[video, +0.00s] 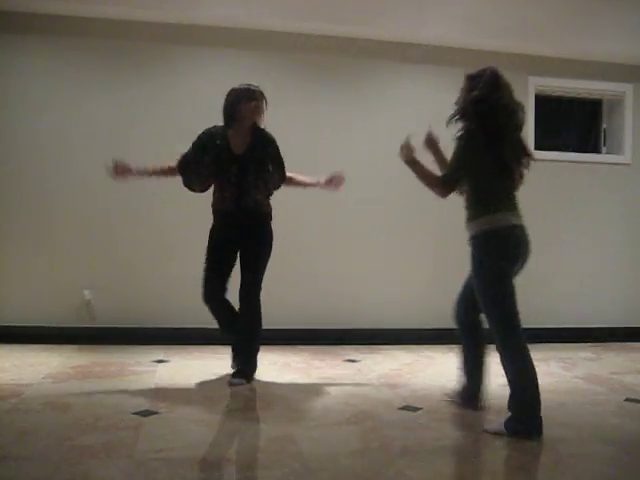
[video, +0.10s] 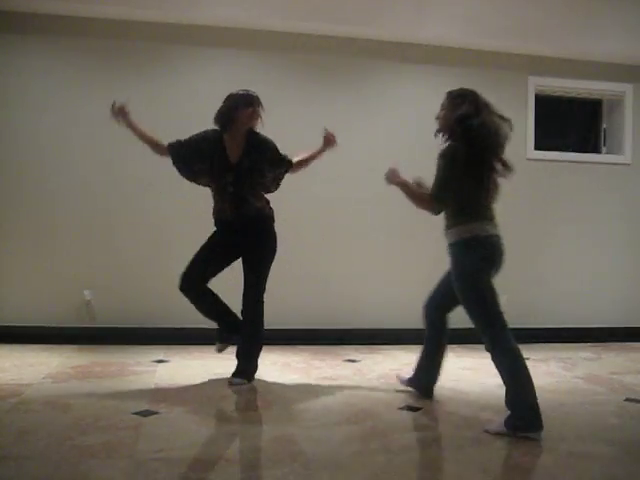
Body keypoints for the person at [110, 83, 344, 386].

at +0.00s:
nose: (262, 112)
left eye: (262, 107)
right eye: (256, 106)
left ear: (259, 111)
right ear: (238, 109)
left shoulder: (265, 143)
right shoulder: (213, 139)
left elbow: (281, 178)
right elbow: (181, 168)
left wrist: (321, 182)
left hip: (257, 228)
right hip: (224, 226)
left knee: (249, 296)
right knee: (213, 294)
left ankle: (245, 370)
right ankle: (243, 340)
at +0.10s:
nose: (257, 114)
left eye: (258, 110)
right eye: (251, 109)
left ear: (255, 116)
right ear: (235, 112)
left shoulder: (260, 146)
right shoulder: (209, 142)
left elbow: (289, 166)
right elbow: (163, 150)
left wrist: (323, 148)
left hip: (259, 232)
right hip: (227, 232)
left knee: (252, 300)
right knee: (190, 284)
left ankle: (246, 371)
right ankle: (232, 327)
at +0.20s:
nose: (253, 116)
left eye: (254, 111)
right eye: (248, 110)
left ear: (250, 116)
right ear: (232, 113)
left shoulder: (254, 145)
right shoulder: (203, 140)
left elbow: (296, 151)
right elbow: (158, 131)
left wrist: (310, 130)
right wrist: (145, 94)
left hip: (259, 229)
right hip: (227, 229)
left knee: (254, 300)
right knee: (184, 273)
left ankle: (246, 369)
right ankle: (211, 332)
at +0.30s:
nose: (248, 115)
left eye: (250, 110)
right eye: (243, 109)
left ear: (248, 113)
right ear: (225, 109)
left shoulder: (252, 138)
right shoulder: (198, 133)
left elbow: (295, 136)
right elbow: (156, 122)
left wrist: (293, 114)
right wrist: (162, 96)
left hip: (255, 224)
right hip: (222, 225)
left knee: (251, 295)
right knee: (188, 282)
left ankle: (244, 368)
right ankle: (189, 357)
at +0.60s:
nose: (238, 118)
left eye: (239, 113)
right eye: (233, 113)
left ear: (233, 116)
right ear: (216, 114)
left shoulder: (240, 143)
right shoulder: (190, 142)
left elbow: (266, 151)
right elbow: (142, 154)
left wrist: (280, 154)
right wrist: (169, 139)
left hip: (230, 231)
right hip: (196, 230)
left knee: (231, 304)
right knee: (192, 305)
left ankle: (229, 369)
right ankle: (185, 376)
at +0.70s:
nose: (233, 121)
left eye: (234, 116)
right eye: (229, 116)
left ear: (228, 118)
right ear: (212, 118)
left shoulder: (232, 143)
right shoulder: (186, 144)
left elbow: (252, 167)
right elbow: (144, 161)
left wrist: (273, 190)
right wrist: (172, 134)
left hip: (222, 233)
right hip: (188, 231)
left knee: (234, 306)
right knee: (187, 306)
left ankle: (217, 363)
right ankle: (185, 376)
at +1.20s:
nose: (232, 122)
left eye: (233, 117)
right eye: (229, 117)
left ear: (219, 116)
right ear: (214, 116)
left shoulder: (227, 142)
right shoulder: (178, 136)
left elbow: (240, 185)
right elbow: (147, 146)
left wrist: (261, 214)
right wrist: (173, 113)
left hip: (228, 228)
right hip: (192, 229)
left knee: (240, 301)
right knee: (191, 304)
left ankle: (253, 373)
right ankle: (186, 377)